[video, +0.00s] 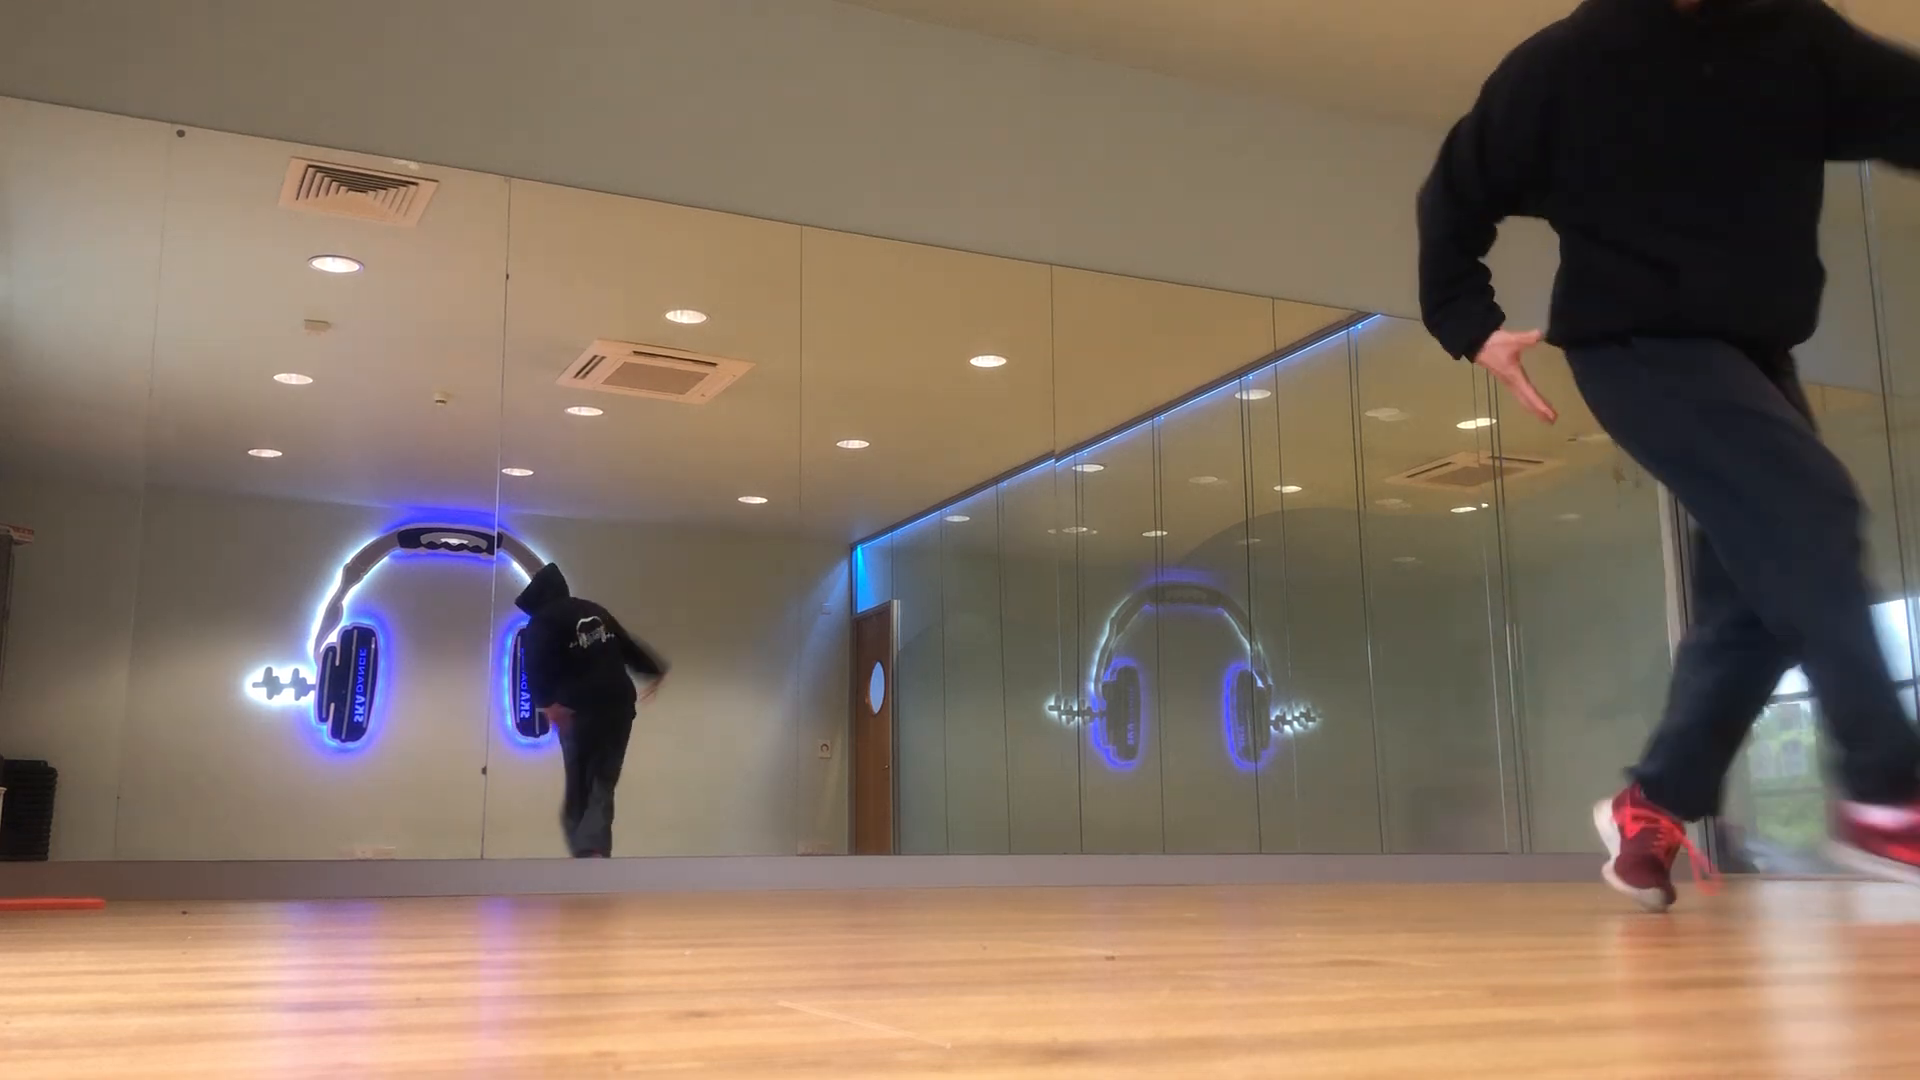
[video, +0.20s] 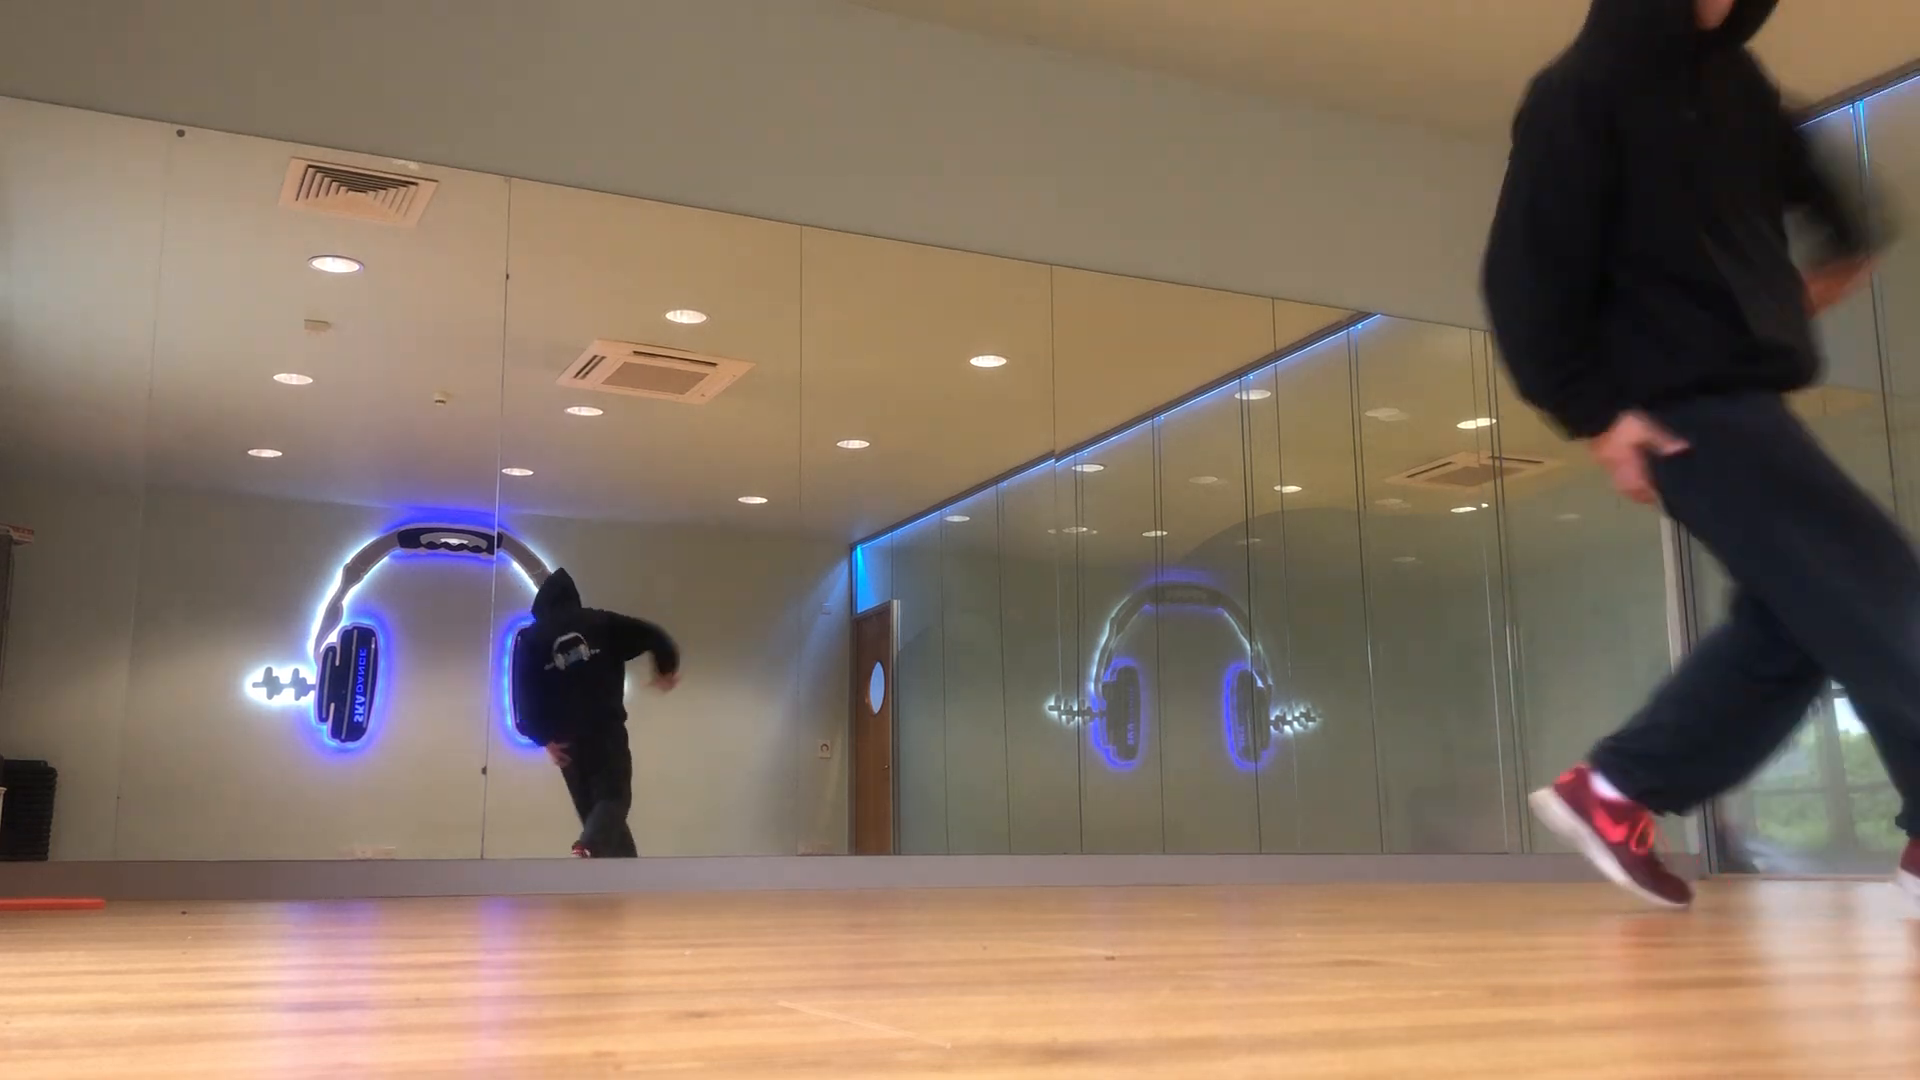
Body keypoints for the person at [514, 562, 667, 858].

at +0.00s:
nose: (527, 610)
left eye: (529, 603)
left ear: (536, 598)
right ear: (562, 589)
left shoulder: (539, 624)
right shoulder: (592, 609)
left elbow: (536, 666)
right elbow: (623, 644)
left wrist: (546, 702)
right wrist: (655, 669)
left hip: (574, 703)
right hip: (618, 699)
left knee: (578, 774)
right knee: (605, 776)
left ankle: (582, 846)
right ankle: (596, 847)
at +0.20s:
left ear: (541, 603)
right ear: (574, 596)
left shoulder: (529, 638)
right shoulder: (600, 622)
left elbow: (524, 696)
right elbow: (655, 636)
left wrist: (544, 739)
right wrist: (666, 668)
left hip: (563, 731)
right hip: (606, 723)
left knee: (593, 807)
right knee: (615, 795)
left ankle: (627, 873)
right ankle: (587, 846)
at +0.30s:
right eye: (573, 596)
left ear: (544, 600)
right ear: (575, 596)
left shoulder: (527, 634)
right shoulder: (592, 623)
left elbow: (508, 691)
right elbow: (606, 656)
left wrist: (536, 733)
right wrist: (590, 687)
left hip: (551, 723)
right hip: (591, 715)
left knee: (577, 788)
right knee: (604, 787)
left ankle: (589, 854)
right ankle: (594, 858)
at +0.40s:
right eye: (577, 596)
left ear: (545, 597)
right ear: (575, 596)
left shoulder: (526, 630)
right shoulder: (577, 621)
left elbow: (502, 688)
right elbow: (571, 655)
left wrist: (523, 708)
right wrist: (541, 680)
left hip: (529, 723)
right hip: (566, 715)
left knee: (570, 771)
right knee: (589, 796)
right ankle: (584, 869)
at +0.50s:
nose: (567, 592)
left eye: (564, 587)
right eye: (565, 585)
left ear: (535, 577)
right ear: (561, 580)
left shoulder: (517, 608)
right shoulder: (549, 603)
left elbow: (507, 660)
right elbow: (552, 640)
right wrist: (560, 671)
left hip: (503, 706)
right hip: (531, 704)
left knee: (543, 775)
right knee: (562, 783)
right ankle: (577, 867)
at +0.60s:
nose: (550, 581)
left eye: (548, 574)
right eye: (547, 574)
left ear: (517, 570)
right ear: (538, 573)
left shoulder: (506, 600)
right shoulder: (524, 604)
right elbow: (528, 653)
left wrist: (554, 658)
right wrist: (557, 655)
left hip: (491, 703)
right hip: (514, 706)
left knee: (495, 784)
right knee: (531, 784)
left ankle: (415, 833)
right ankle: (510, 859)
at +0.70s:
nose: (530, 597)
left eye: (529, 591)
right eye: (528, 591)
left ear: (502, 586)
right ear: (518, 589)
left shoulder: (493, 618)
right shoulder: (493, 616)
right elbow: (493, 667)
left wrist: (523, 680)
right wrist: (526, 666)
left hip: (473, 708)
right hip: (476, 709)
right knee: (496, 789)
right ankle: (485, 870)